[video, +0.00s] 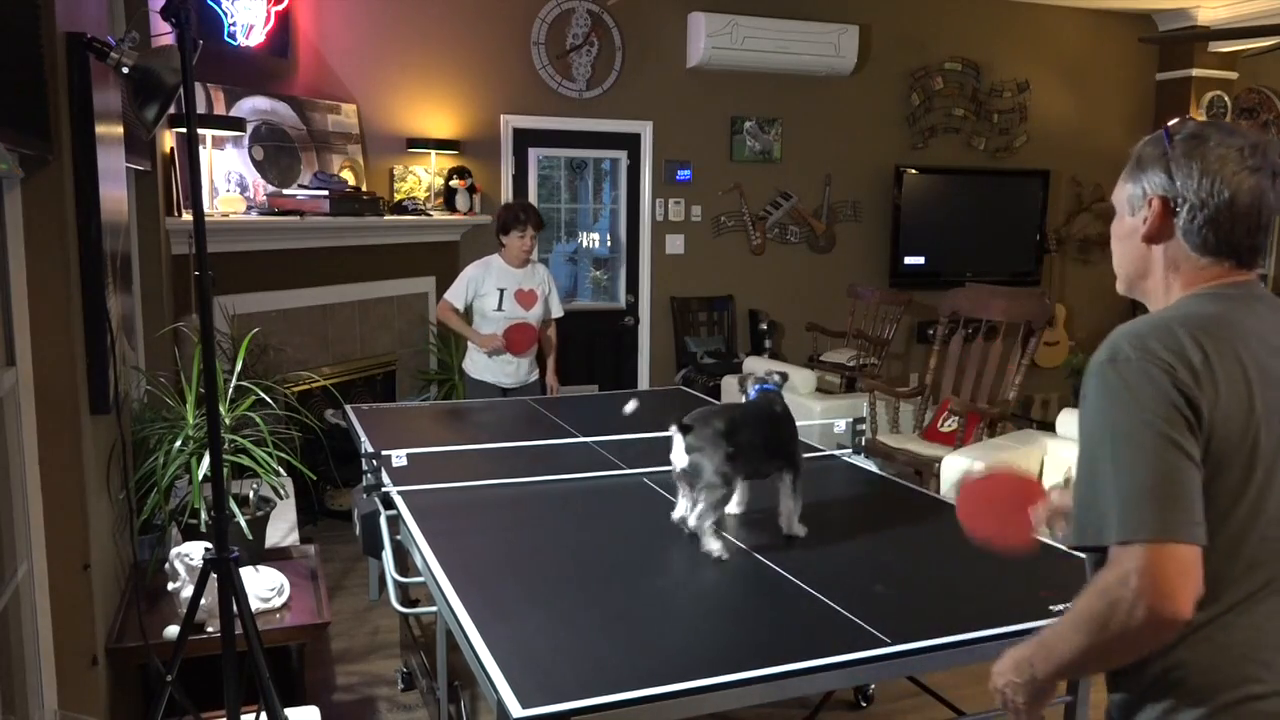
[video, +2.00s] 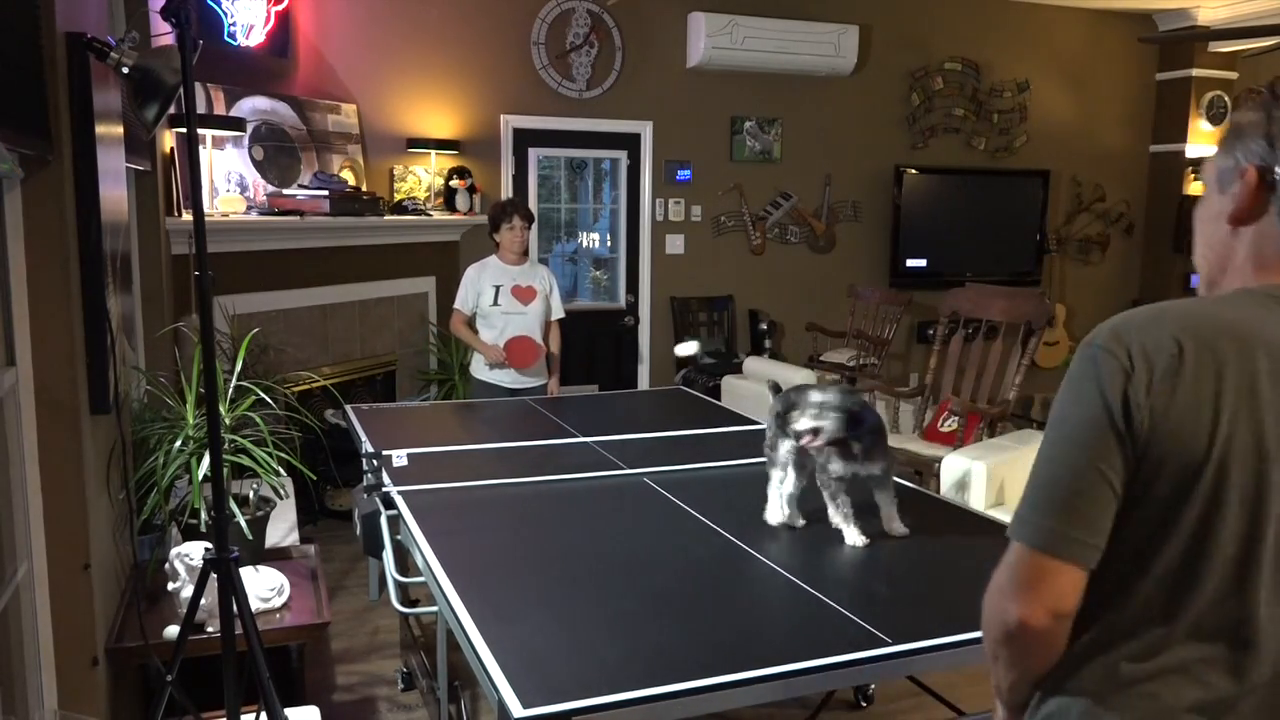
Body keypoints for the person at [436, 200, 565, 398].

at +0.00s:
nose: (529, 244)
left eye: (533, 237)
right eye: (521, 236)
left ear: (537, 237)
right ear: (503, 237)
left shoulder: (541, 274)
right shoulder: (479, 271)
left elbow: (548, 325)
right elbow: (443, 310)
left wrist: (551, 370)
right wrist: (478, 338)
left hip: (526, 379)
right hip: (484, 379)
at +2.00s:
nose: (520, 234)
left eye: (524, 228)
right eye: (511, 228)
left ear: (529, 232)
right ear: (496, 235)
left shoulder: (543, 275)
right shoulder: (477, 273)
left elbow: (552, 327)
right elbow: (456, 323)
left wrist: (554, 375)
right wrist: (485, 349)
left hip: (534, 383)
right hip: (489, 383)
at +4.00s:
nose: (514, 237)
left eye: (519, 230)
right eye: (506, 230)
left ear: (524, 233)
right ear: (491, 232)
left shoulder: (529, 271)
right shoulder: (476, 267)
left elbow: (537, 324)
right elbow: (459, 306)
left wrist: (541, 367)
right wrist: (489, 307)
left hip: (525, 376)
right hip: (486, 376)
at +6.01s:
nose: (543, 247)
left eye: (549, 242)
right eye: (537, 240)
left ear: (556, 247)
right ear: (525, 243)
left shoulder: (562, 285)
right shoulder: (501, 270)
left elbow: (567, 337)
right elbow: (473, 307)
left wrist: (566, 384)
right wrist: (502, 338)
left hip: (541, 375)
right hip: (498, 373)